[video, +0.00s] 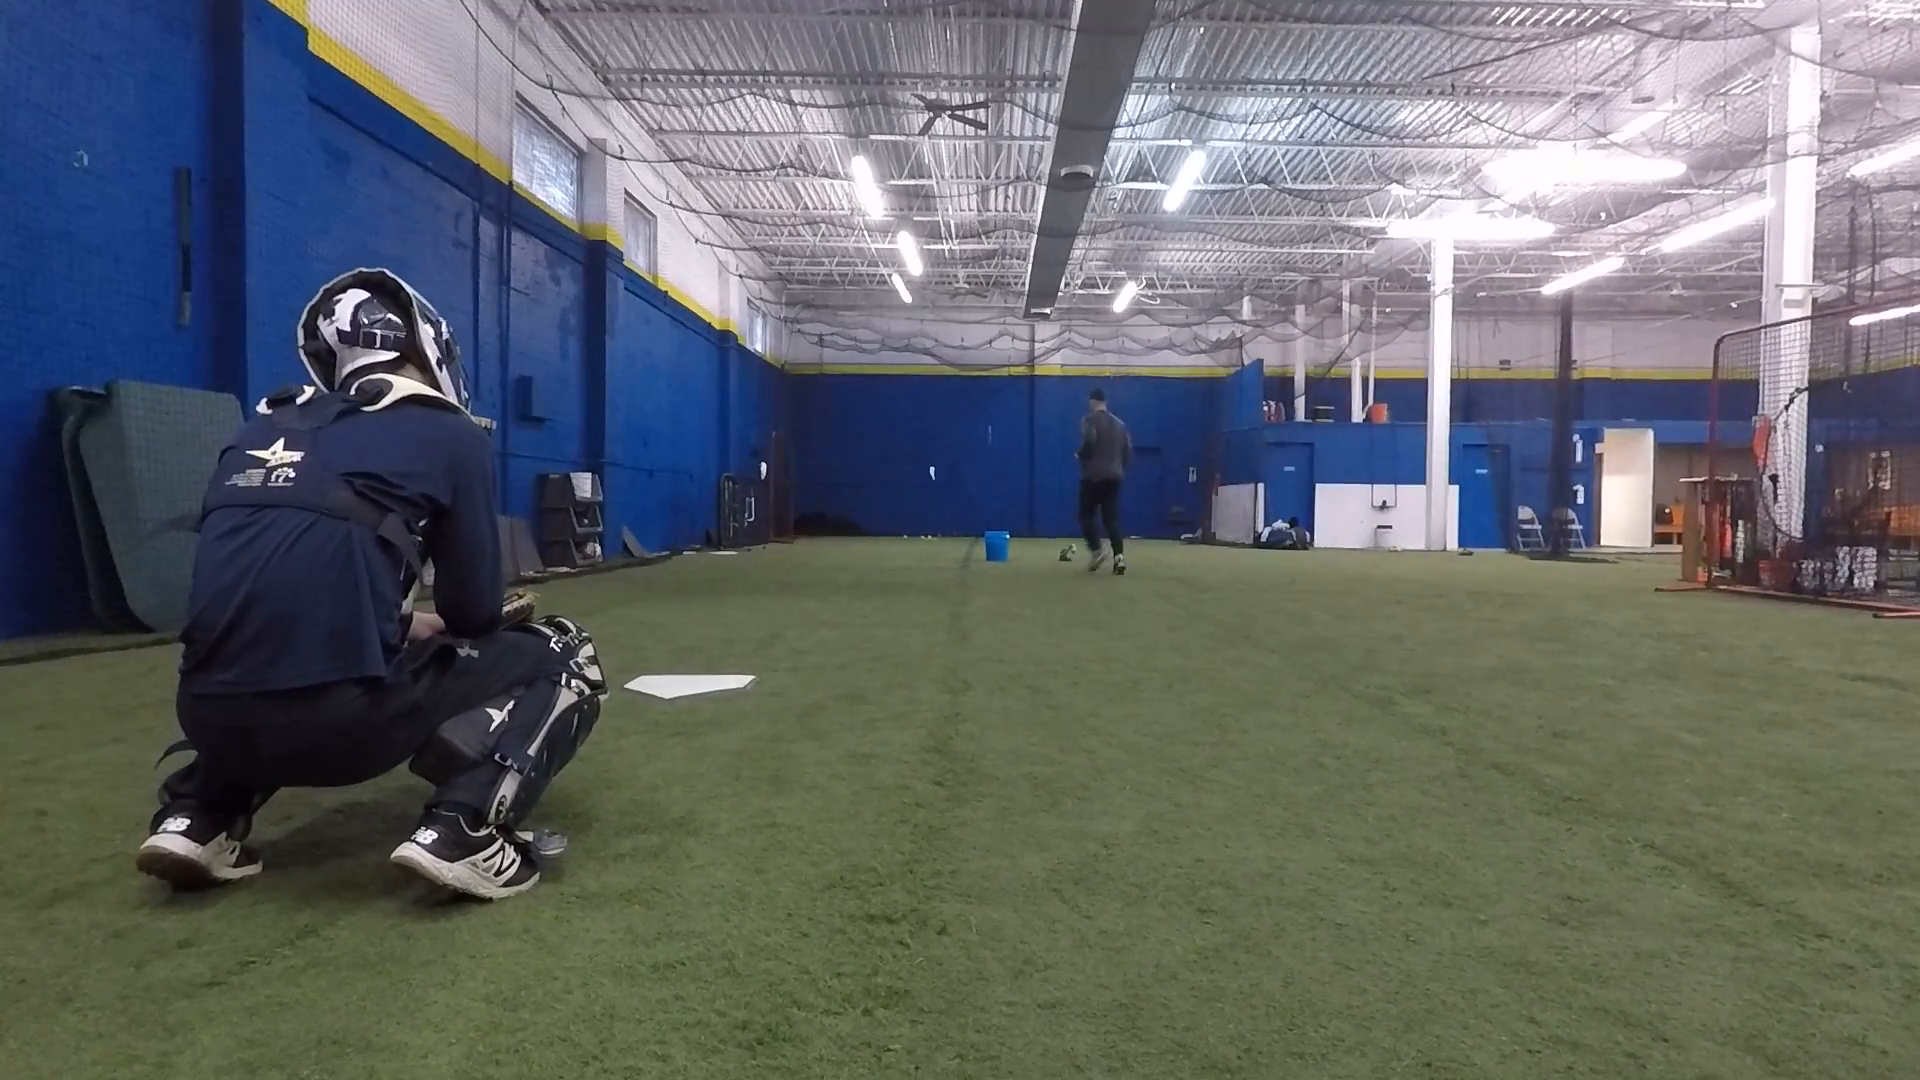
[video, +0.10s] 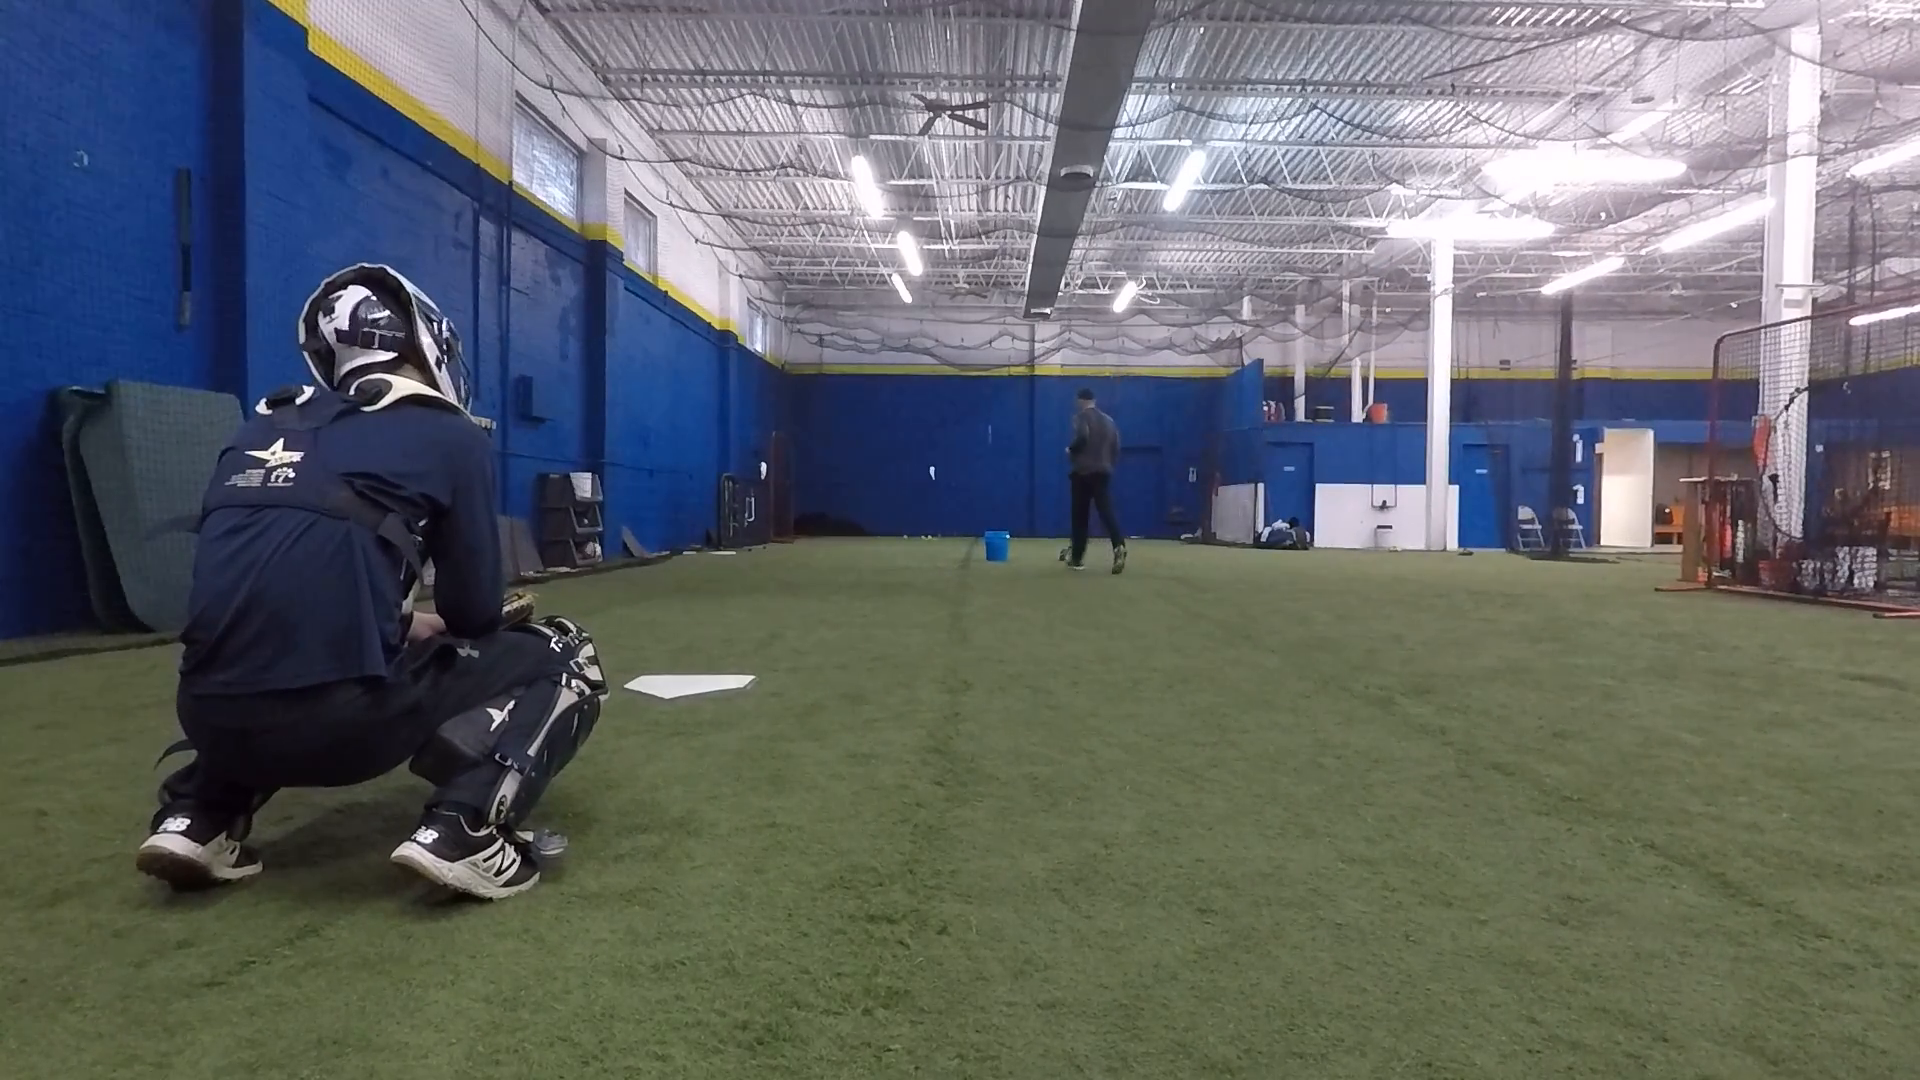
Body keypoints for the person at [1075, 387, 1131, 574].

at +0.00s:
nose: (1090, 405)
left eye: (1090, 402)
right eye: (1092, 402)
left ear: (1091, 402)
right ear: (1105, 402)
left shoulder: (1090, 420)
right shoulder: (1118, 422)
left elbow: (1090, 440)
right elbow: (1127, 448)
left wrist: (1080, 454)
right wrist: (1122, 466)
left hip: (1093, 476)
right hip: (1114, 475)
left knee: (1086, 515)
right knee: (1111, 515)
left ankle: (1096, 550)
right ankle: (1119, 555)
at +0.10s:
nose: (1077, 405)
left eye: (1078, 401)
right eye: (1079, 401)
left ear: (1080, 401)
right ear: (1094, 401)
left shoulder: (1081, 417)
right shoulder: (1108, 420)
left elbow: (1082, 437)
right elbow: (1115, 447)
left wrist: (1070, 449)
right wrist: (1110, 463)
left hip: (1082, 472)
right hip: (1102, 471)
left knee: (1080, 515)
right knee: (1105, 509)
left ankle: (1076, 558)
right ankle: (1118, 545)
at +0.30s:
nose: (1063, 417)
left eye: (1062, 414)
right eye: (1065, 414)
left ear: (1062, 414)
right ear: (1075, 413)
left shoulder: (1060, 434)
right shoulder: (1090, 432)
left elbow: (1057, 459)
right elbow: (1097, 456)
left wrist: (1052, 465)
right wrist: (1098, 471)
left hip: (1066, 485)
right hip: (1086, 485)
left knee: (1063, 522)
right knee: (1084, 521)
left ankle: (1067, 558)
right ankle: (1104, 542)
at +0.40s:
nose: (1054, 416)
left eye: (1054, 413)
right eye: (1056, 413)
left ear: (1055, 413)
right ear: (1068, 411)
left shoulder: (1053, 431)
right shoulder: (1083, 430)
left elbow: (1045, 455)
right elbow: (1090, 453)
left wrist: (1054, 461)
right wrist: (1088, 470)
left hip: (1060, 481)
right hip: (1079, 480)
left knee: (1062, 518)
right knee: (1076, 516)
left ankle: (1066, 555)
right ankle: (1086, 543)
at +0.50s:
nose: (1052, 414)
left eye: (1050, 411)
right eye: (1054, 410)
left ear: (1050, 411)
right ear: (1063, 409)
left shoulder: (1047, 428)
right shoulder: (1079, 427)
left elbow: (1039, 451)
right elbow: (1085, 451)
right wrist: (1082, 467)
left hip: (1055, 477)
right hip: (1074, 476)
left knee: (1057, 512)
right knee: (1069, 508)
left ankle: (1064, 549)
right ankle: (1072, 543)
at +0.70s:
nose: (1041, 425)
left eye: (1041, 423)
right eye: (1042, 423)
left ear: (1043, 422)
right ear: (1054, 421)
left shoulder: (1039, 439)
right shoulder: (1068, 438)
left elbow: (1030, 458)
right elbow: (1076, 460)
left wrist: (1035, 470)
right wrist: (1071, 476)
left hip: (1043, 485)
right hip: (1062, 485)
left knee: (1042, 515)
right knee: (1056, 515)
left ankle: (1051, 541)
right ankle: (1050, 547)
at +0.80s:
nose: (1036, 425)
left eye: (1035, 423)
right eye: (1038, 422)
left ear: (1036, 422)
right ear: (1048, 421)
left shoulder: (1034, 439)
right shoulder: (1063, 437)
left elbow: (1030, 461)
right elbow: (1070, 460)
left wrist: (1031, 476)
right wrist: (1065, 474)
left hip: (1039, 485)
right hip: (1057, 485)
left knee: (1035, 517)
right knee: (1051, 517)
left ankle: (1042, 545)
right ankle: (1052, 551)